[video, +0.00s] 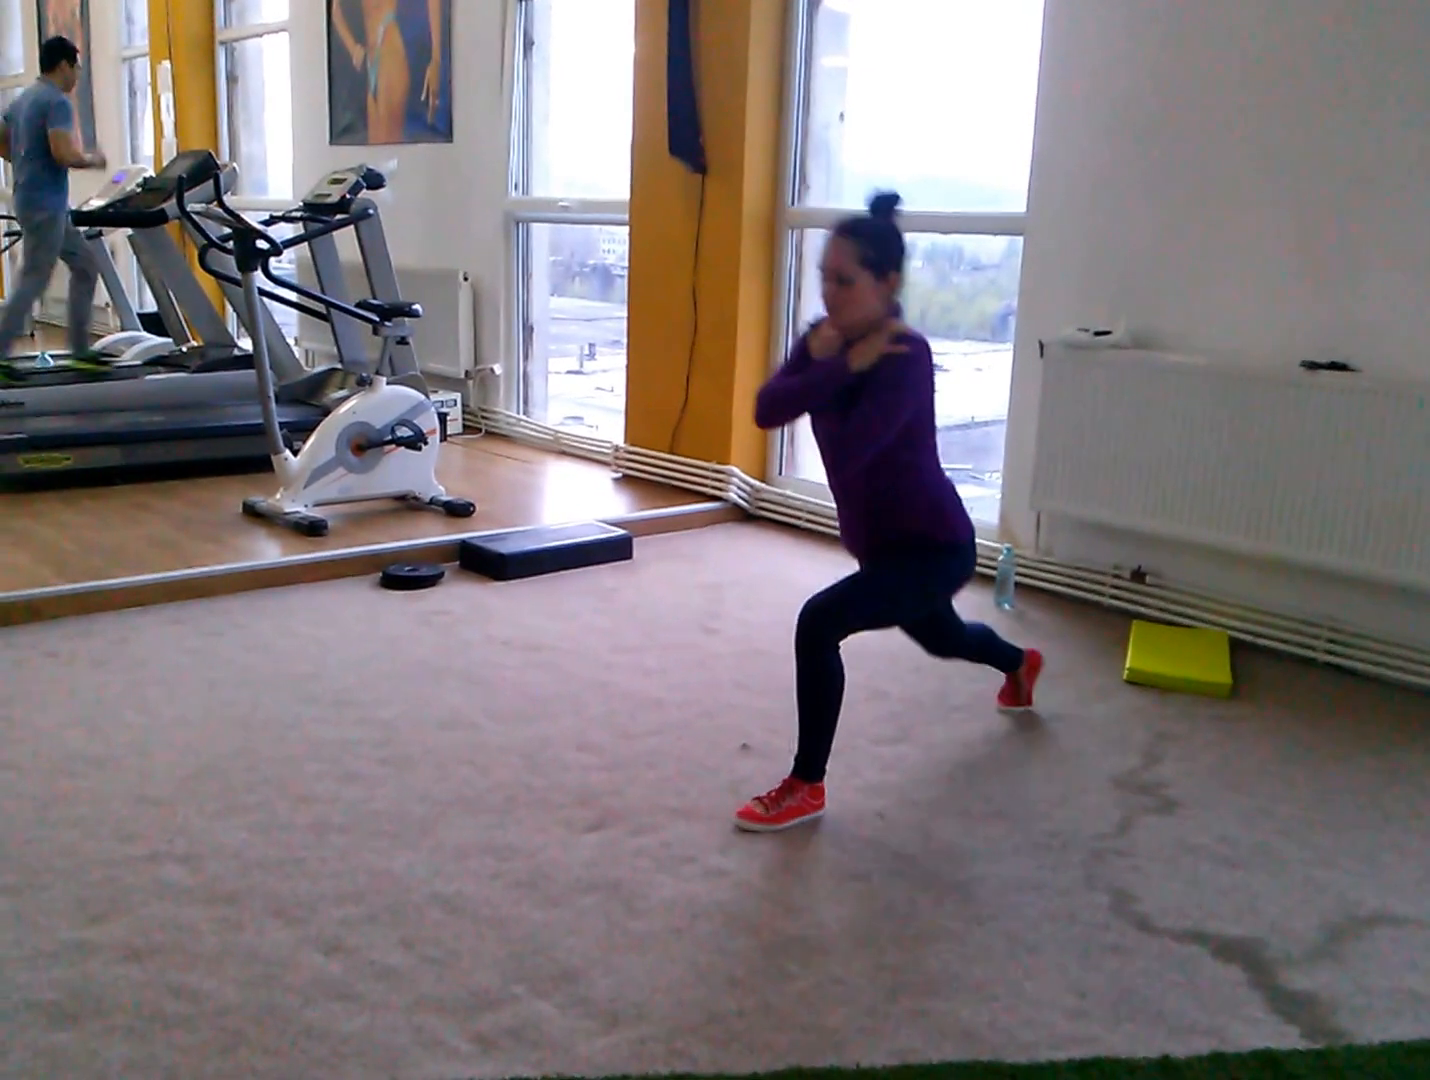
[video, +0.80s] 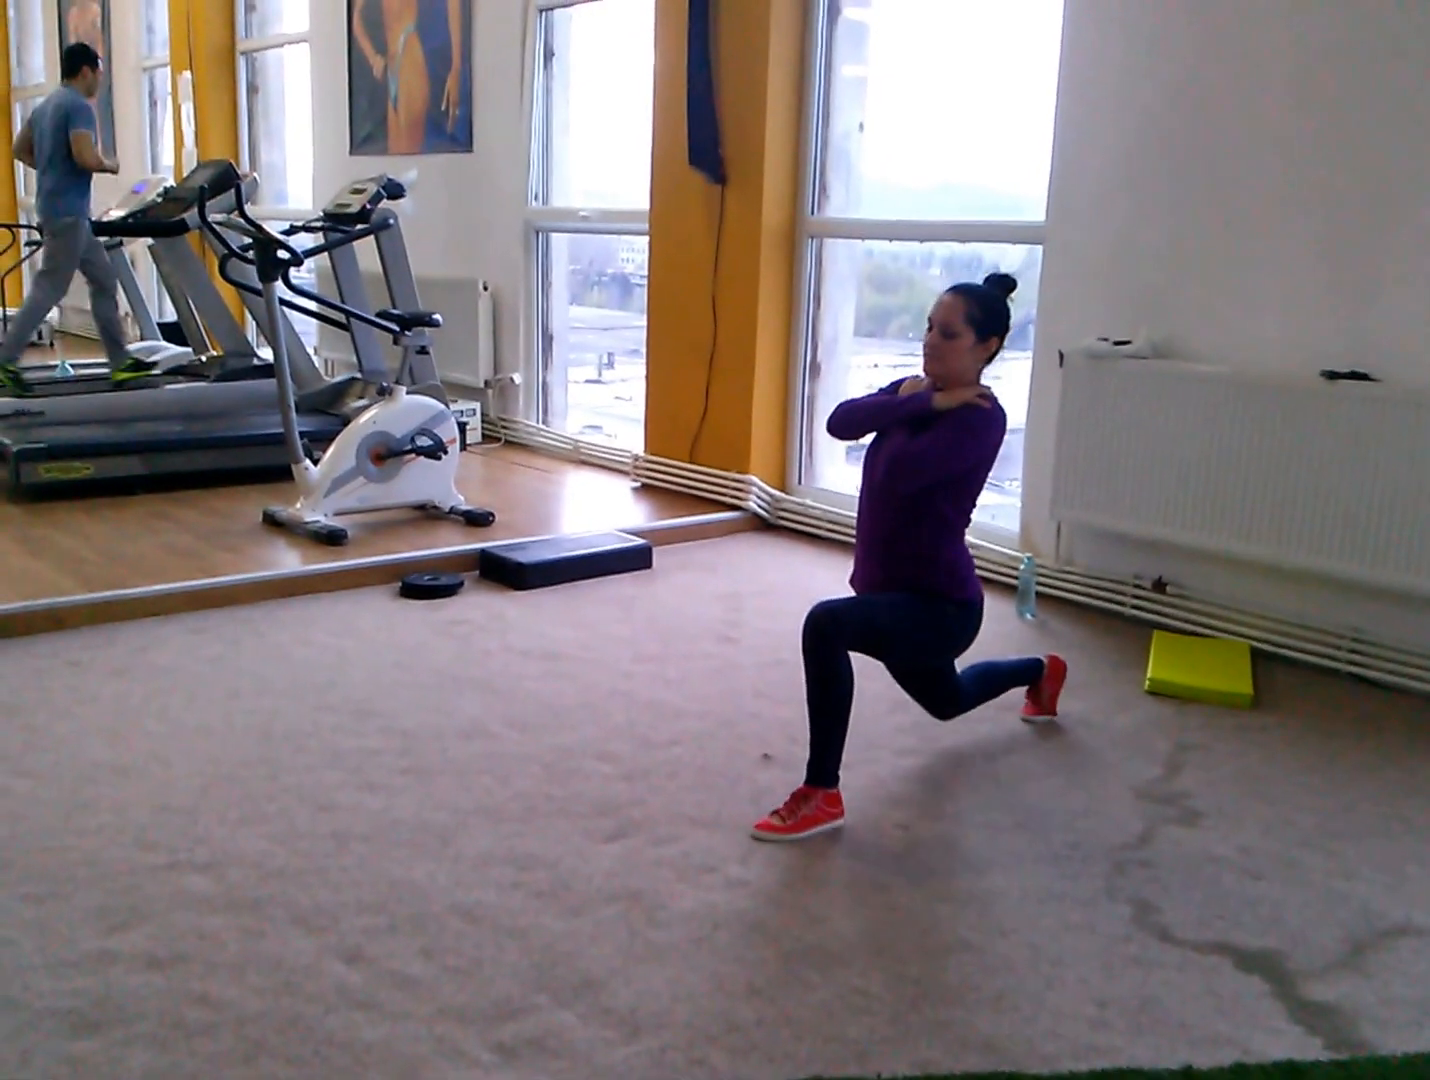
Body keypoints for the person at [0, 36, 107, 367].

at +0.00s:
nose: (77, 75)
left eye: (76, 68)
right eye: (75, 68)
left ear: (47, 66)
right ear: (63, 66)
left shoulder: (22, 99)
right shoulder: (56, 102)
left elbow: (3, 144)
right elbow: (64, 155)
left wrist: (28, 160)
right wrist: (93, 159)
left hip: (31, 204)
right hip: (46, 207)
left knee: (86, 264)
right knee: (34, 280)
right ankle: (2, 351)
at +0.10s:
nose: (78, 71)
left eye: (78, 64)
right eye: (76, 64)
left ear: (47, 64)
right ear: (64, 62)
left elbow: (5, 143)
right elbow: (68, 149)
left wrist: (33, 158)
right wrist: (91, 153)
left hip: (34, 204)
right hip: (51, 205)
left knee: (83, 274)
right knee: (43, 277)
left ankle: (99, 354)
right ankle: (2, 320)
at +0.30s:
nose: (83, 81)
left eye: (83, 74)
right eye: (81, 73)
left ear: (56, 74)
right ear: (68, 73)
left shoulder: (43, 107)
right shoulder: (55, 108)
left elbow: (43, 160)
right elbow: (45, 155)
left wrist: (80, 186)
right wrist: (83, 183)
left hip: (40, 214)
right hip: (53, 215)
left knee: (57, 287)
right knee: (100, 276)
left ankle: (32, 361)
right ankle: (43, 345)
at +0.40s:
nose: (89, 72)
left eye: (88, 66)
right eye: (86, 65)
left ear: (64, 64)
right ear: (71, 64)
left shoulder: (58, 99)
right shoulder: (51, 96)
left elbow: (60, 154)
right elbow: (36, 142)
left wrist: (96, 155)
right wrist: (77, 163)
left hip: (46, 205)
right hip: (55, 205)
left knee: (34, 281)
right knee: (100, 268)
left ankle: (4, 352)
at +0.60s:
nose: (97, 86)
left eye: (96, 79)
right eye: (93, 78)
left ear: (72, 80)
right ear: (80, 79)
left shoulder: (65, 116)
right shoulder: (61, 116)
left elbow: (60, 171)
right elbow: (58, 169)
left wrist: (92, 184)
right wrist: (96, 190)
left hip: (59, 220)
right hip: (61, 220)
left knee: (81, 289)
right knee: (96, 288)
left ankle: (15, 335)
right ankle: (70, 367)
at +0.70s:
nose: (98, 87)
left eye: (98, 80)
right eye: (96, 80)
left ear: (71, 80)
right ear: (84, 79)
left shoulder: (49, 111)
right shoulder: (70, 114)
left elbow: (28, 159)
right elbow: (76, 169)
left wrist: (69, 176)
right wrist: (108, 183)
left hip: (52, 218)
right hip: (66, 219)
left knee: (105, 277)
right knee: (73, 292)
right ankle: (38, 371)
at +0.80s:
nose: (99, 80)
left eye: (99, 73)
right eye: (98, 73)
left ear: (69, 71)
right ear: (85, 70)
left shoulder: (46, 104)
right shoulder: (77, 105)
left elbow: (21, 150)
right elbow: (85, 158)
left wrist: (57, 168)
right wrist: (109, 165)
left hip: (58, 215)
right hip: (68, 216)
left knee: (104, 280)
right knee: (49, 290)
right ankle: (6, 359)